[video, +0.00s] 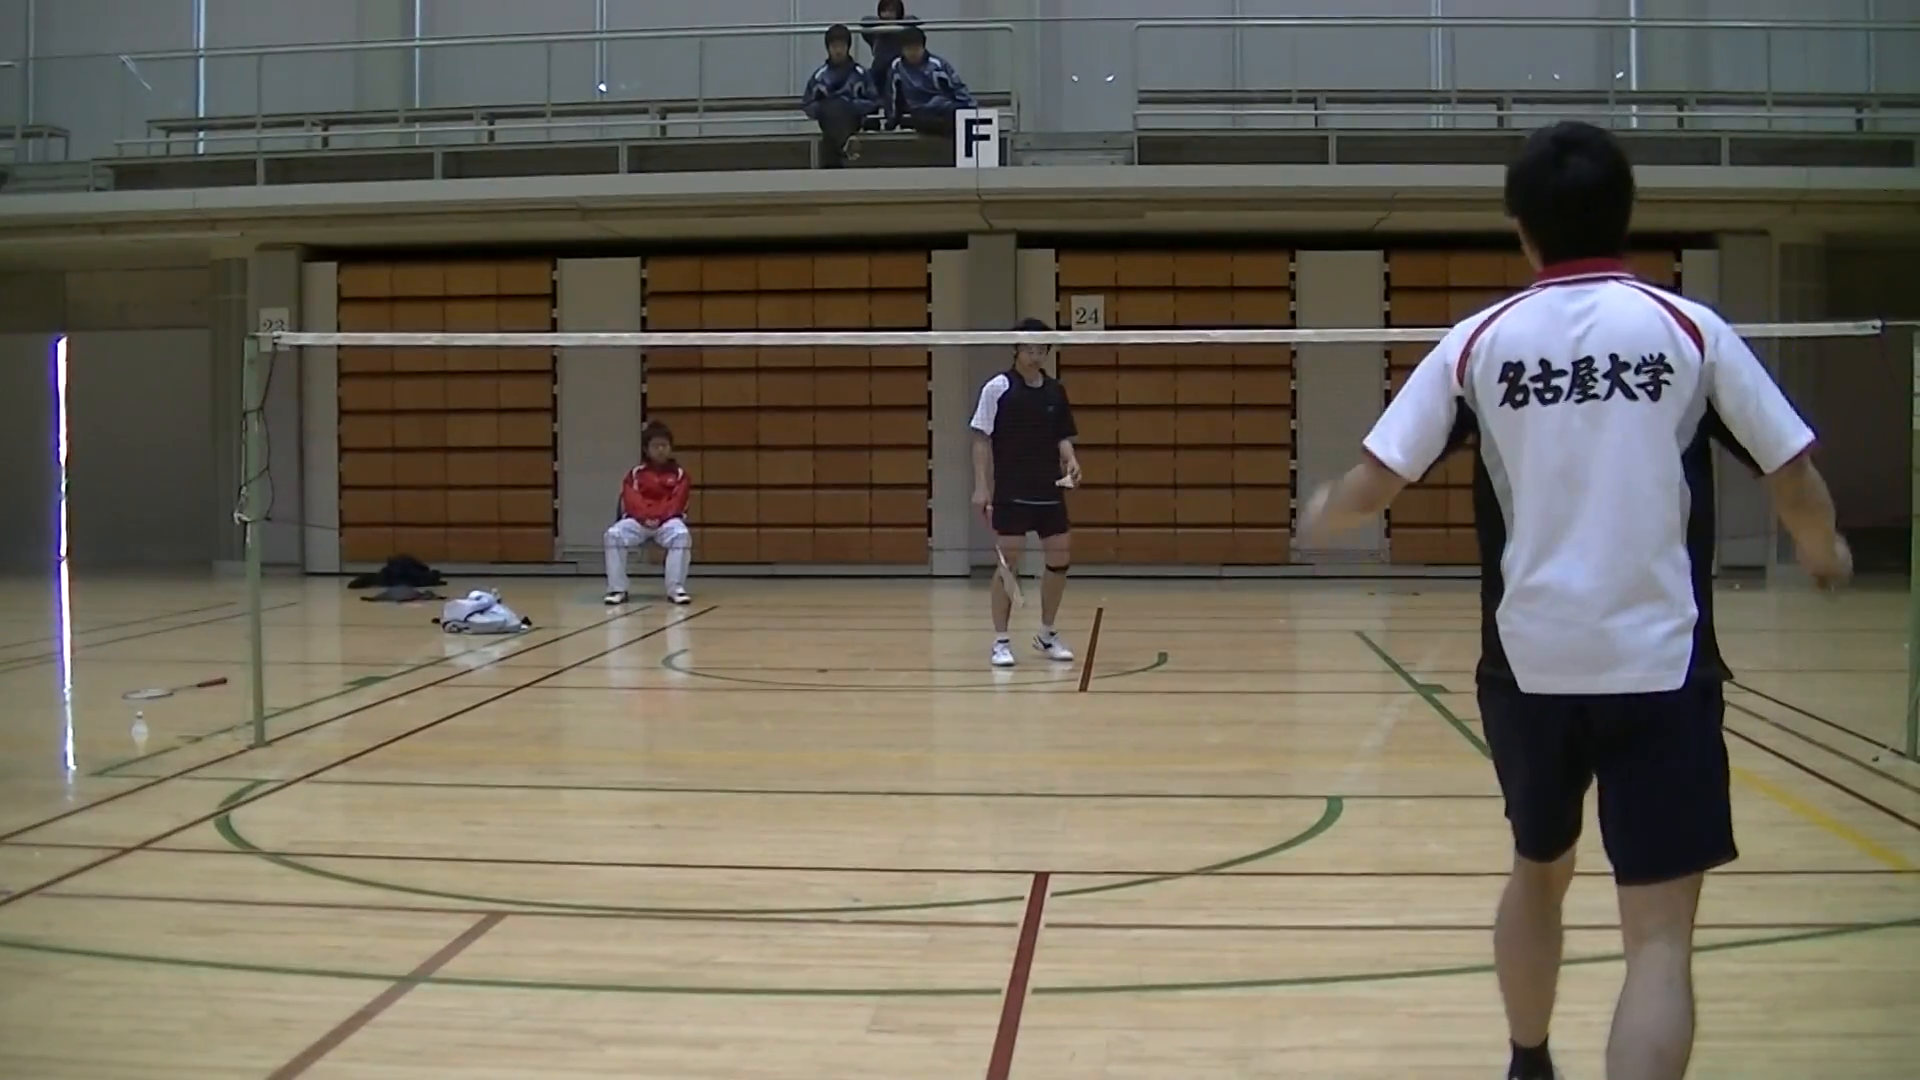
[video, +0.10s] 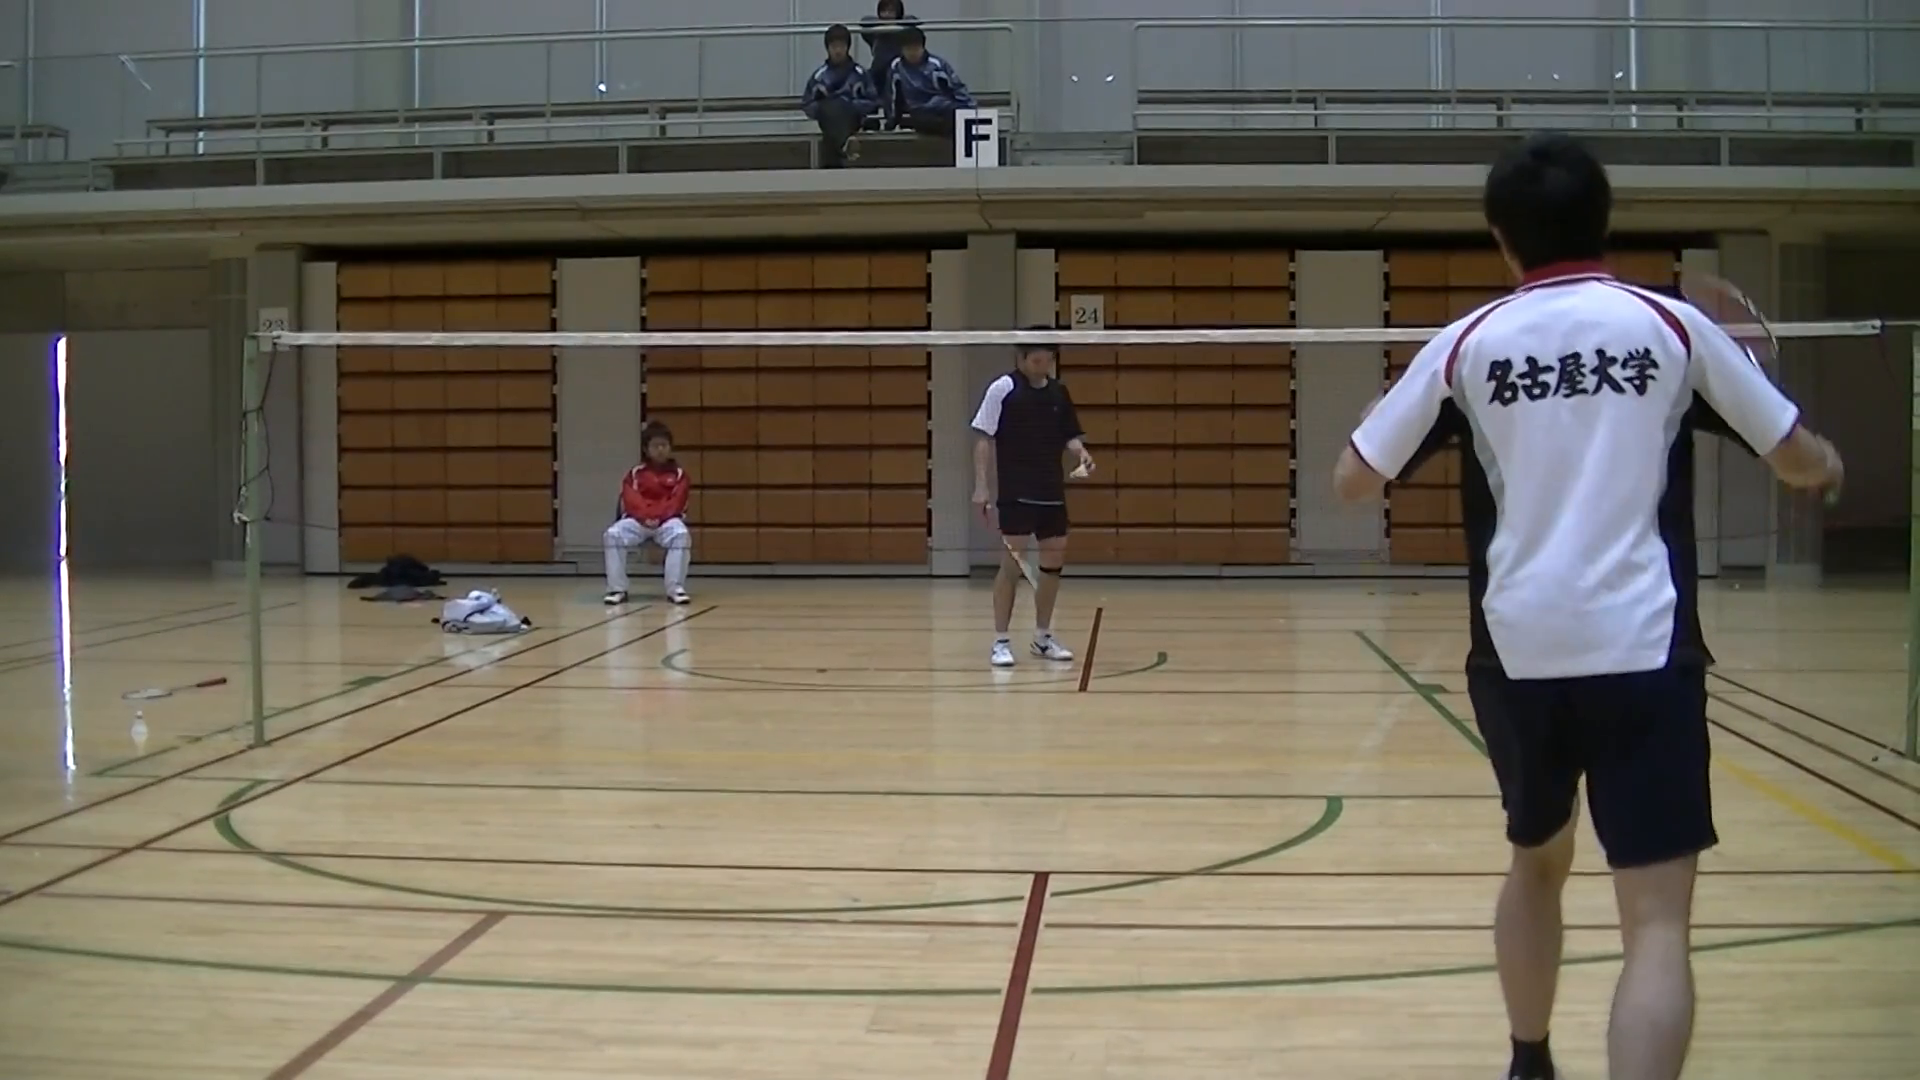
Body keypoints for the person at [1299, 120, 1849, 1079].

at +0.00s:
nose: (1526, 232)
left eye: (1521, 219)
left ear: (1522, 230)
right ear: (1626, 219)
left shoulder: (1477, 343)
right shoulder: (1692, 330)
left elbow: (1371, 484)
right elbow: (1792, 470)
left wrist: (1325, 515)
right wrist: (1820, 549)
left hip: (1529, 671)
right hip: (1661, 670)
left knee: (1536, 869)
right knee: (1658, 936)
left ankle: (1530, 1064)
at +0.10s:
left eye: (1502, 226)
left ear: (1502, 238)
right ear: (1605, 225)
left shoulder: (1468, 341)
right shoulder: (1672, 323)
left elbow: (1353, 482)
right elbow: (1798, 461)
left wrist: (1403, 435)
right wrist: (1818, 467)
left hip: (1516, 654)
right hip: (1642, 651)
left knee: (1535, 859)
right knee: (1655, 925)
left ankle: (1528, 1062)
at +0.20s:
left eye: (1487, 230)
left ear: (1491, 241)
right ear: (1590, 226)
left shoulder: (1458, 342)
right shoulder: (1657, 318)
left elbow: (1352, 479)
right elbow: (1785, 427)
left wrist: (1393, 451)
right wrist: (1810, 413)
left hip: (1507, 642)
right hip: (1632, 639)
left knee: (1532, 856)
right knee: (1654, 906)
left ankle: (1527, 1061)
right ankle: (1637, 1079)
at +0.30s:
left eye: (1483, 233)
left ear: (1486, 243)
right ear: (1583, 228)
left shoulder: (1451, 343)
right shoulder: (1649, 316)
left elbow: (1356, 484)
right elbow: (1781, 419)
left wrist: (1398, 440)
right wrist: (1810, 401)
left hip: (1503, 635)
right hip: (1627, 629)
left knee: (1531, 849)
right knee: (1652, 889)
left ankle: (1526, 1060)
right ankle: (1635, 1073)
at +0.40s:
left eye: (1482, 235)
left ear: (1485, 245)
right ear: (1582, 231)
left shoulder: (1449, 344)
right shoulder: (1646, 318)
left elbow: (1360, 484)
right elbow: (1780, 421)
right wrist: (1812, 407)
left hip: (1501, 634)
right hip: (1625, 628)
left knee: (1531, 849)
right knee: (1650, 884)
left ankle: (1526, 1062)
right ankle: (1640, 1073)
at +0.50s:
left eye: (1486, 238)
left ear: (1487, 248)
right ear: (1584, 234)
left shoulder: (1450, 347)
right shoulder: (1649, 321)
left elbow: (1364, 486)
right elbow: (1780, 424)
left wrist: (1409, 419)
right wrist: (1815, 411)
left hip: (1501, 636)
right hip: (1624, 629)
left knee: (1531, 849)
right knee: (1649, 883)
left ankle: (1526, 1061)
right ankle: (1637, 1075)